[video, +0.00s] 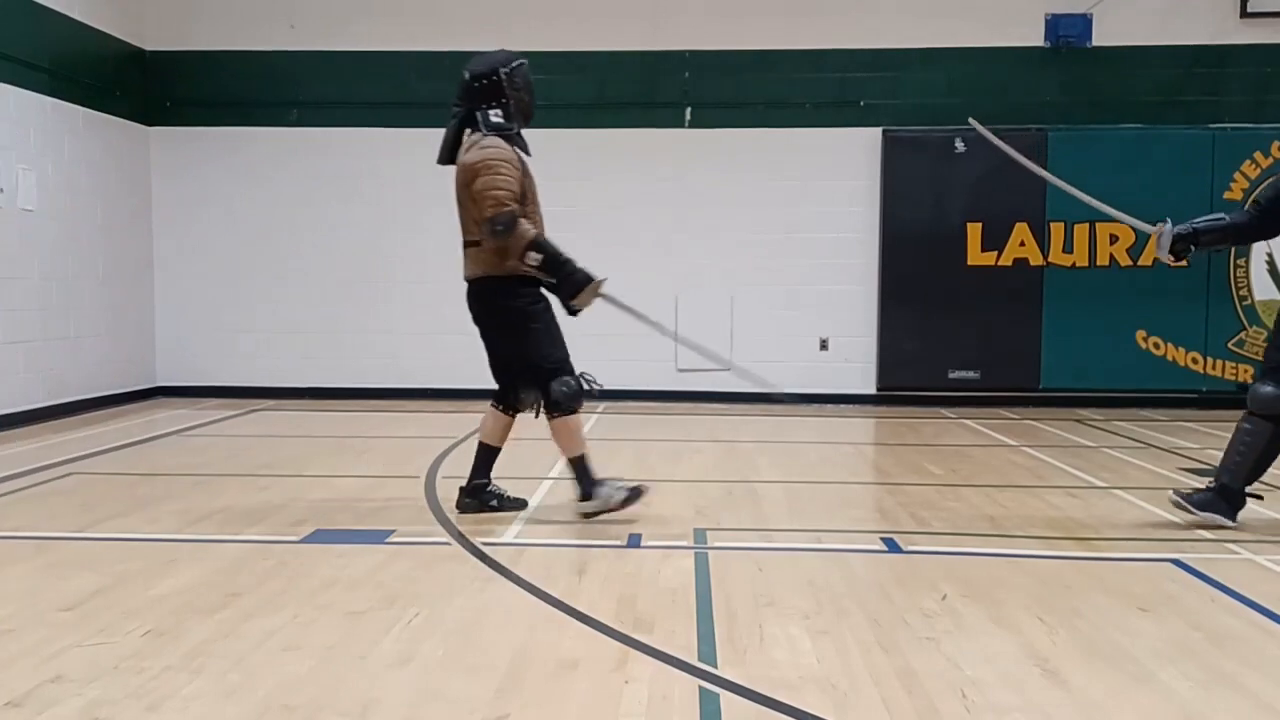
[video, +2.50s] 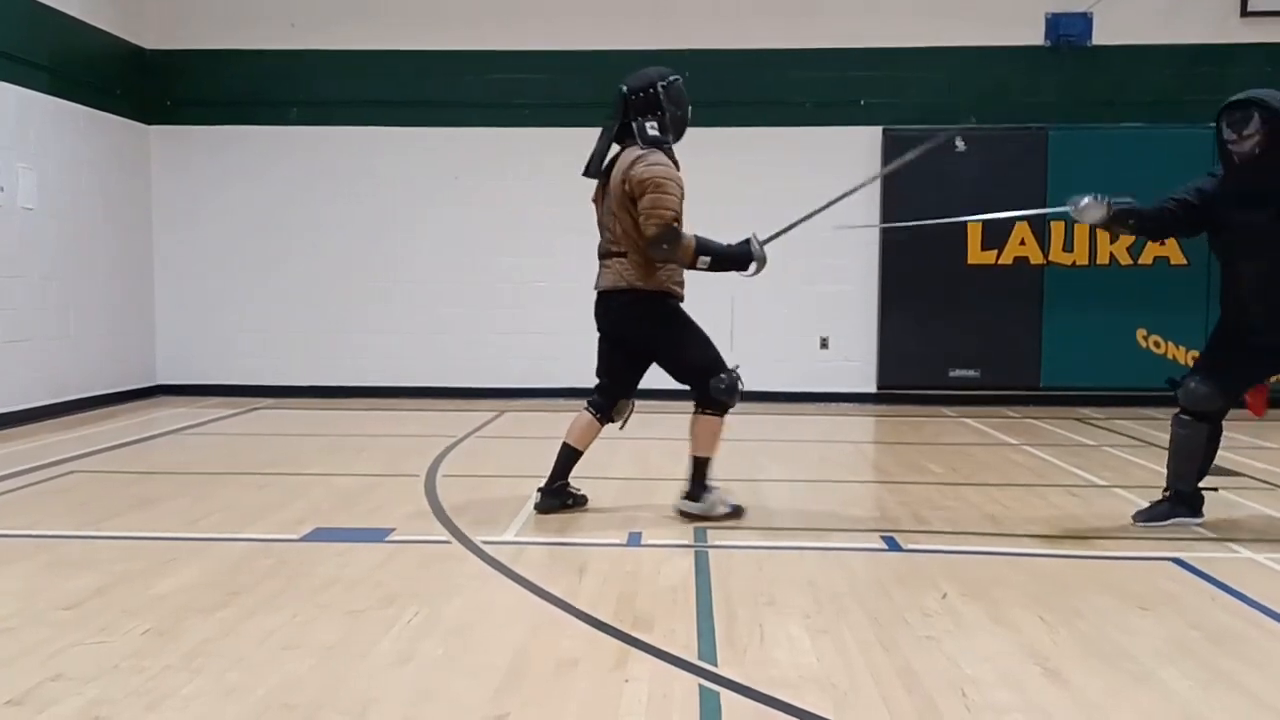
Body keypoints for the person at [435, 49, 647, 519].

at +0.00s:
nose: (529, 96)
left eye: (526, 87)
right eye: (522, 88)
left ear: (484, 96)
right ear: (503, 93)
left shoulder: (492, 147)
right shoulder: (491, 151)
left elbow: (513, 230)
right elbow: (502, 223)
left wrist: (560, 278)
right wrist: (561, 267)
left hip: (497, 288)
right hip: (507, 288)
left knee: (515, 389)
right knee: (559, 385)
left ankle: (476, 487)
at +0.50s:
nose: (616, 98)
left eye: (613, 89)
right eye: (610, 90)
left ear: (566, 97)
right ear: (593, 96)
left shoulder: (554, 146)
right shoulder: (586, 143)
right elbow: (648, 166)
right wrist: (723, 167)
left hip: (570, 290)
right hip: (602, 288)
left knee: (586, 383)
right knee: (640, 390)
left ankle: (552, 488)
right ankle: (634, 496)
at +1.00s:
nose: (632, 105)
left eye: (629, 96)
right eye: (626, 97)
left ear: (582, 107)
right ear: (612, 105)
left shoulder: (578, 161)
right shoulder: (608, 162)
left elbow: (633, 232)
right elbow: (647, 228)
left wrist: (706, 241)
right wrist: (718, 236)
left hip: (590, 299)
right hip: (619, 299)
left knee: (600, 393)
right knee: (678, 390)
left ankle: (553, 487)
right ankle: (678, 494)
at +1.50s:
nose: (660, 101)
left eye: (655, 92)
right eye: (652, 93)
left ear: (608, 103)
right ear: (638, 101)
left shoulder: (597, 154)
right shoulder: (641, 157)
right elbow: (698, 219)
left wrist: (731, 224)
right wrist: (767, 223)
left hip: (607, 297)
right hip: (642, 298)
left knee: (597, 394)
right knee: (699, 388)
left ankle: (551, 488)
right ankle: (708, 494)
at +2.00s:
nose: (758, 130)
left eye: (756, 120)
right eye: (753, 122)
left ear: (703, 124)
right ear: (738, 125)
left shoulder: (673, 172)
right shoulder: (743, 173)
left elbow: (651, 249)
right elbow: (818, 203)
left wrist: (660, 300)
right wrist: (879, 209)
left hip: (656, 311)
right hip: (703, 316)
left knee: (618, 398)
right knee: (770, 392)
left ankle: (556, 486)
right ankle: (785, 499)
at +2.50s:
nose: (685, 112)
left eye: (682, 103)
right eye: (678, 104)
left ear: (632, 111)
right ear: (664, 110)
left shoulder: (620, 162)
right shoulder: (655, 167)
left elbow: (635, 243)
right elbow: (663, 243)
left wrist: (721, 257)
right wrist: (731, 256)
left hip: (615, 304)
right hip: (648, 305)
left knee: (609, 397)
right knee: (717, 383)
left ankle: (554, 486)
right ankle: (698, 492)